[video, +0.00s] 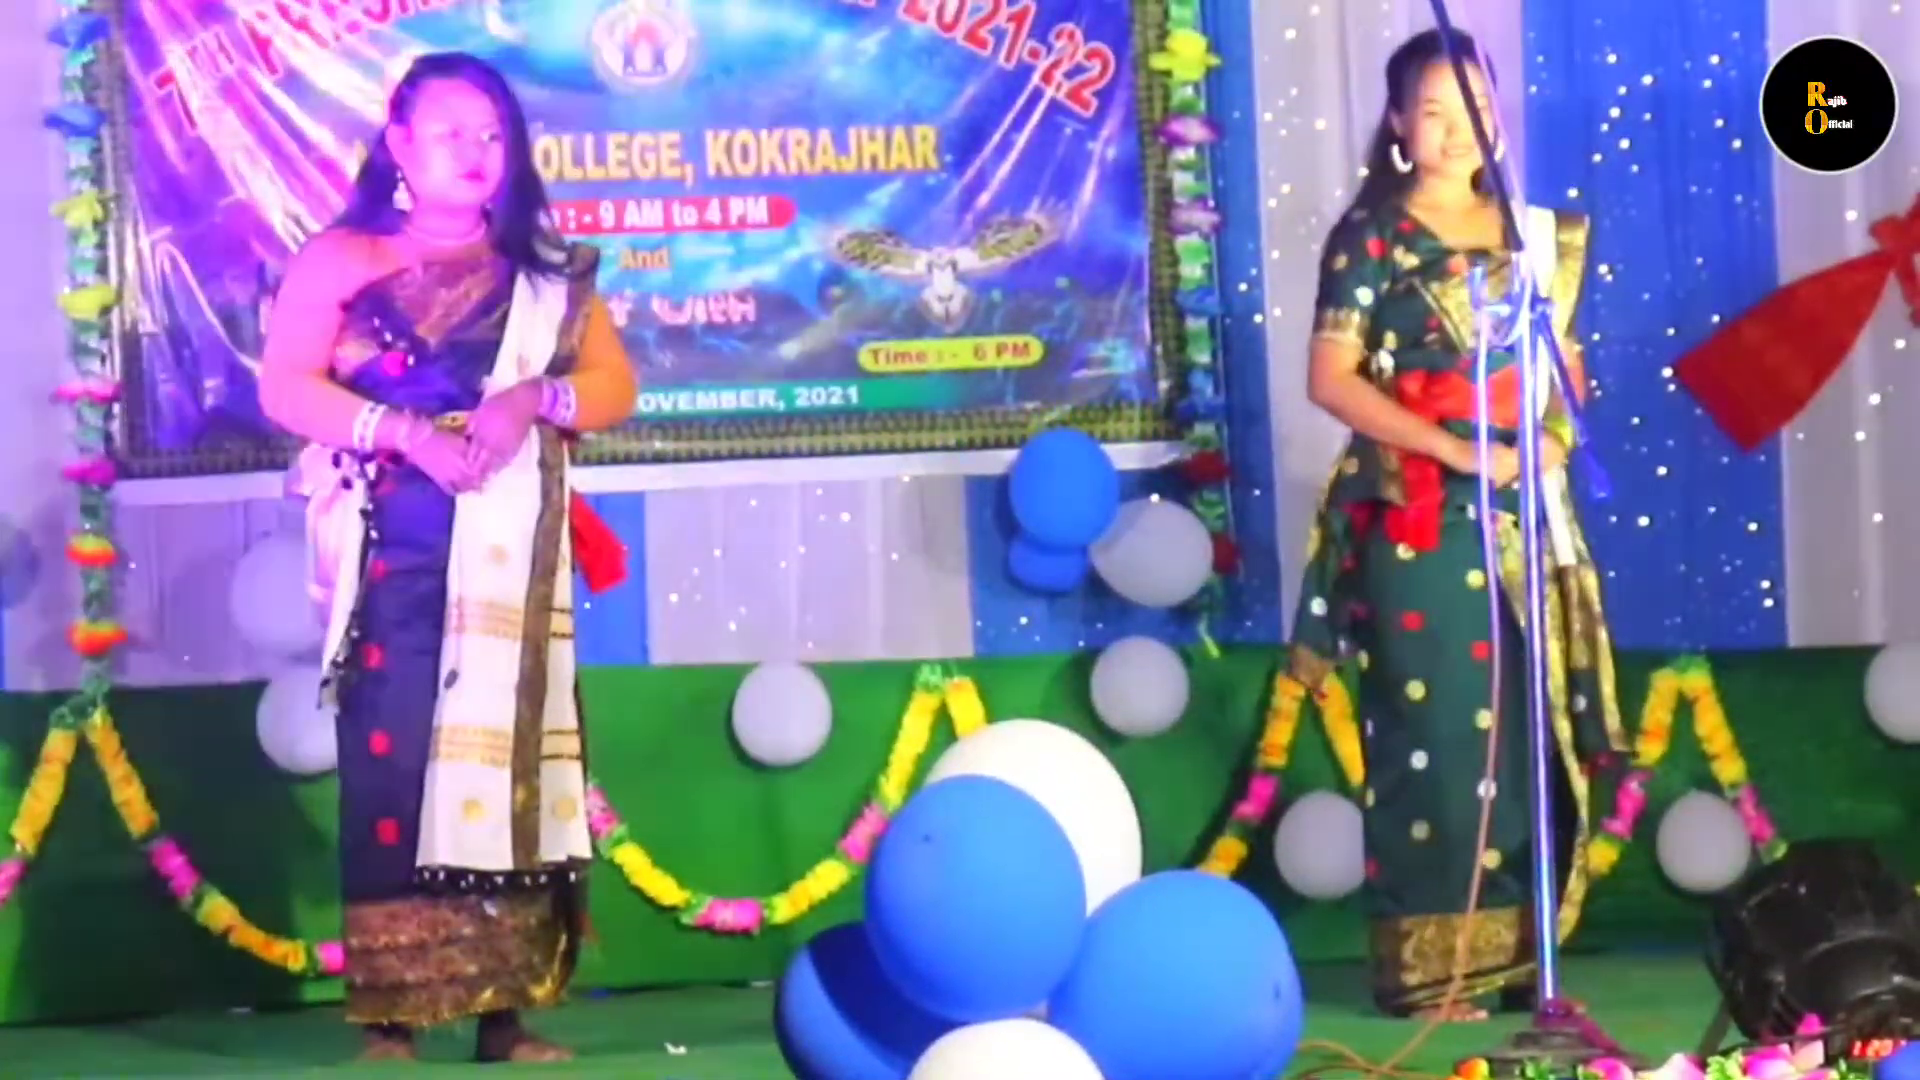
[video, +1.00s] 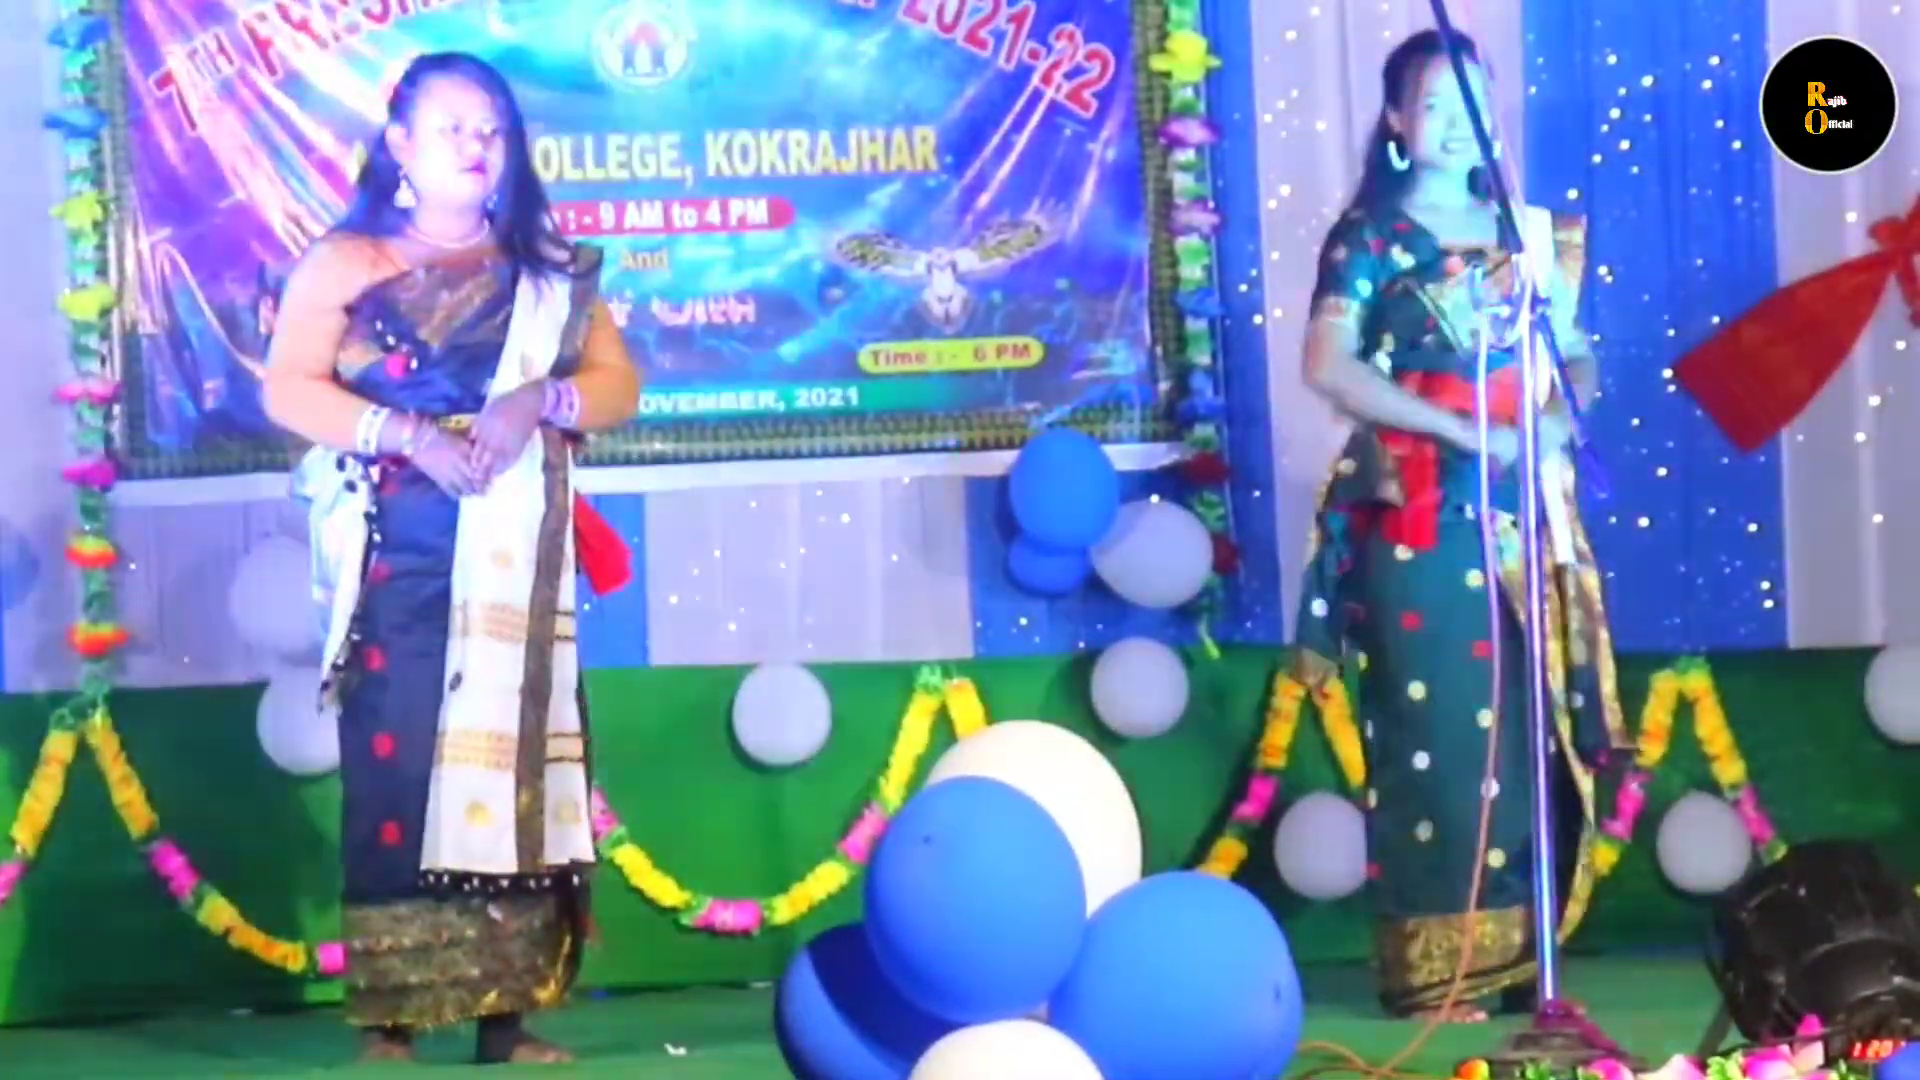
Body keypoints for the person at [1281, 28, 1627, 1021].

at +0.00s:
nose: (1446, 130)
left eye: (1463, 113)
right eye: (1428, 113)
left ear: (1489, 121)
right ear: (1399, 124)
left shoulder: (1527, 230)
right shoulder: (1369, 234)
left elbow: (1562, 366)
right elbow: (1330, 380)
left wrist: (1556, 398)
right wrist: (1452, 447)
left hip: (1523, 512)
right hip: (1419, 518)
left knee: (1532, 726)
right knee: (1436, 729)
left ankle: (1521, 961)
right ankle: (1428, 966)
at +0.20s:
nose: (1444, 131)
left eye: (1462, 114)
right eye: (1426, 114)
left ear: (1489, 123)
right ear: (1397, 125)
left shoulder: (1527, 232)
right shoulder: (1368, 239)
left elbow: (1562, 370)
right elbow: (1328, 381)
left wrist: (1549, 416)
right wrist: (1451, 447)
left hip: (1526, 513)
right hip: (1421, 519)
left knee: (1535, 728)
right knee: (1438, 730)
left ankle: (1522, 961)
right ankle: (1431, 969)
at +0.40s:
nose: (1445, 133)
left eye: (1462, 116)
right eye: (1427, 116)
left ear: (1488, 126)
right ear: (1396, 128)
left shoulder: (1526, 233)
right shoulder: (1367, 241)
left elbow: (1558, 372)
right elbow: (1327, 383)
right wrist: (1447, 447)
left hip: (1527, 513)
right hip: (1423, 519)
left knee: (1536, 727)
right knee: (1439, 730)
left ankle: (1523, 961)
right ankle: (1434, 968)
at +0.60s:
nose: (1455, 131)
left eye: (1468, 113)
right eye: (1434, 114)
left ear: (1489, 121)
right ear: (1398, 125)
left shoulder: (1527, 233)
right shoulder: (1367, 239)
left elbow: (1568, 395)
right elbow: (1328, 385)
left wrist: (1561, 312)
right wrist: (1454, 451)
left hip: (1531, 511)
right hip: (1425, 516)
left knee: (1538, 726)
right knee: (1440, 727)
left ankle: (1532, 966)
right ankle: (1438, 967)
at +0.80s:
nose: (1454, 131)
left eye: (1469, 113)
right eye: (1434, 113)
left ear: (1490, 121)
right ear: (1398, 125)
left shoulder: (1525, 235)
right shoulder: (1365, 241)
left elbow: (1568, 394)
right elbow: (1327, 385)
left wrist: (1561, 315)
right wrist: (1448, 451)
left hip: (1528, 511)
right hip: (1423, 515)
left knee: (1537, 726)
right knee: (1441, 728)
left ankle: (1528, 965)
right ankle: (1433, 967)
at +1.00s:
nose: (1454, 122)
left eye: (1469, 104)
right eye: (1434, 104)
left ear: (1490, 114)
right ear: (1397, 117)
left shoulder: (1522, 228)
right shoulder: (1370, 235)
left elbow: (1568, 387)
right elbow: (1331, 368)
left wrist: (1562, 323)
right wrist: (1463, 429)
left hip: (1524, 515)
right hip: (1421, 517)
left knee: (1533, 728)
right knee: (1438, 730)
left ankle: (1525, 963)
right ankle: (1434, 967)